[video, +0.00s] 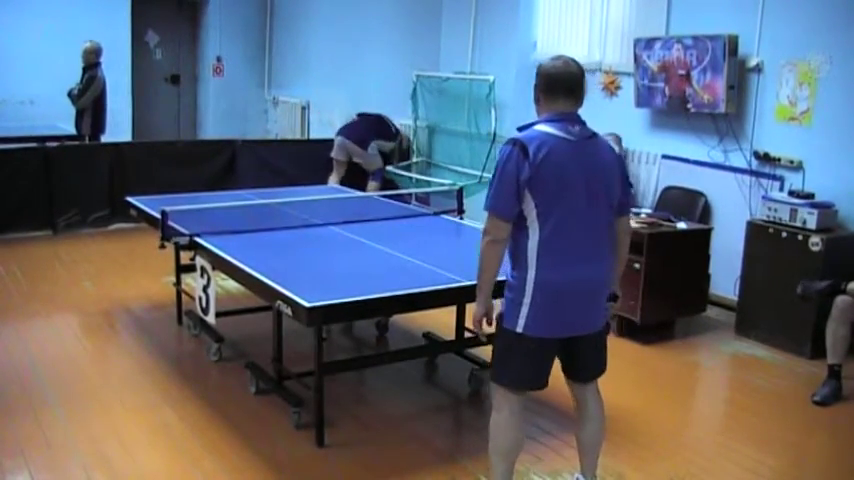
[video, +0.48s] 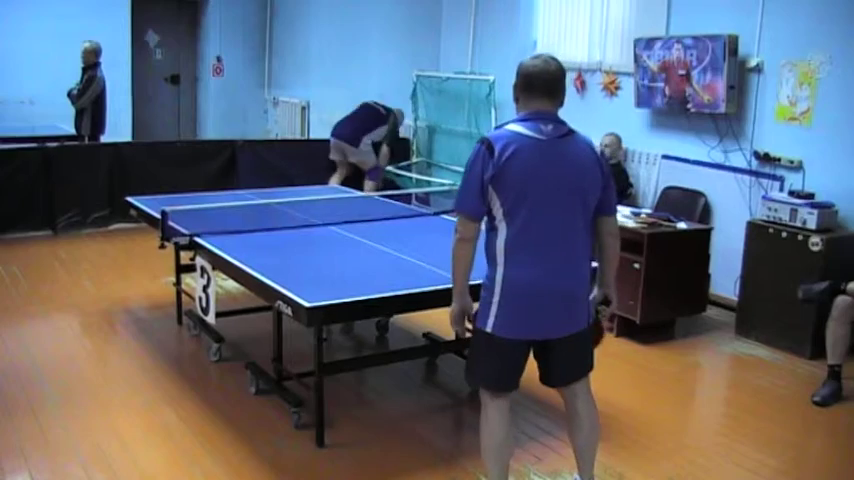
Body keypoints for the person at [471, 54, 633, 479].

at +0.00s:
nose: (534, 97)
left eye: (535, 91)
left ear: (537, 94)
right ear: (581, 96)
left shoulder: (522, 148)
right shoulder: (607, 151)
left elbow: (495, 234)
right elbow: (622, 226)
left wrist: (482, 297)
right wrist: (613, 283)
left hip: (534, 300)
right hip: (590, 298)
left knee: (506, 395)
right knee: (587, 387)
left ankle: (499, 475)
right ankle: (589, 474)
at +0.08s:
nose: (530, 96)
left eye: (531, 90)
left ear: (533, 94)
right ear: (577, 95)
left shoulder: (516, 148)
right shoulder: (603, 151)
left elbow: (490, 234)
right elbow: (619, 227)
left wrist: (478, 297)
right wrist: (611, 285)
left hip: (530, 301)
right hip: (587, 299)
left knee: (503, 394)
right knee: (585, 387)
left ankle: (499, 475)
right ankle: (589, 474)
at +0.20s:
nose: (525, 96)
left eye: (526, 89)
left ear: (526, 92)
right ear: (572, 94)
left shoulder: (509, 146)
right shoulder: (600, 153)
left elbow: (482, 234)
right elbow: (616, 229)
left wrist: (473, 297)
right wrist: (610, 283)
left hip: (522, 301)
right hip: (581, 300)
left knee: (501, 394)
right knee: (582, 387)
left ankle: (498, 474)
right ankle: (589, 474)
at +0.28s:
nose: (522, 96)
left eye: (523, 89)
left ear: (522, 92)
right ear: (568, 94)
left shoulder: (502, 147)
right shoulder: (595, 152)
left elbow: (476, 234)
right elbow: (613, 230)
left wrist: (469, 297)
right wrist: (608, 284)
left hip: (517, 303)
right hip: (576, 301)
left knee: (500, 396)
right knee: (581, 388)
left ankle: (498, 475)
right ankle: (588, 474)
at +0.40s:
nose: (518, 95)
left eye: (518, 89)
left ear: (518, 91)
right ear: (564, 94)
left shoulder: (496, 147)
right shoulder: (590, 152)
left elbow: (469, 233)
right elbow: (610, 230)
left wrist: (463, 296)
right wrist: (607, 288)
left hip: (510, 307)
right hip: (571, 306)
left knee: (497, 399)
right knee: (578, 391)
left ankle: (496, 475)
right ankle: (588, 475)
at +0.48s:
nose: (516, 96)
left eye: (516, 89)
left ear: (516, 92)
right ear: (562, 95)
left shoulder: (494, 147)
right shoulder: (588, 153)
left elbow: (466, 233)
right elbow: (608, 230)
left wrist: (459, 296)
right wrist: (607, 289)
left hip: (509, 307)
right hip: (569, 306)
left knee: (495, 399)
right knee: (578, 391)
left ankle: (496, 476)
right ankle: (587, 476)